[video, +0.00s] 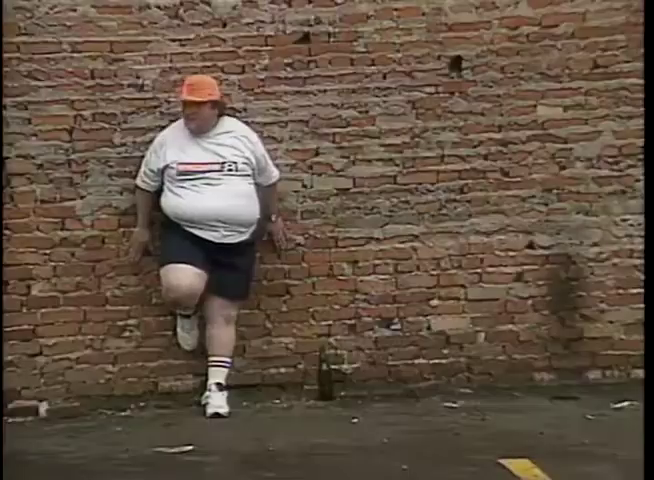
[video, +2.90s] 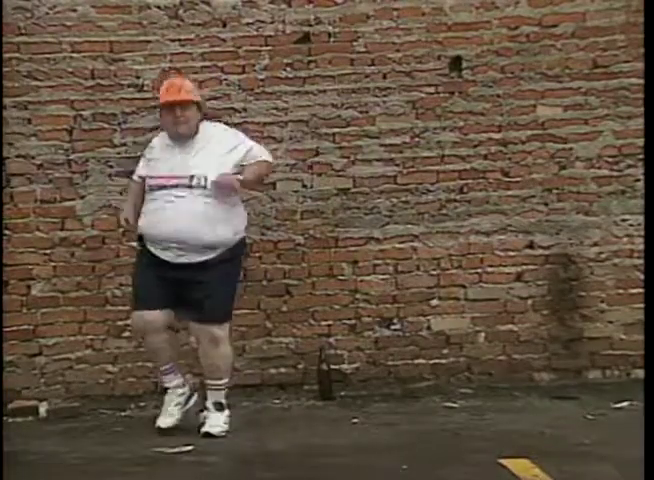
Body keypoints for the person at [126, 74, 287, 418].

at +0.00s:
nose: (189, 111)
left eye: (196, 105)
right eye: (186, 105)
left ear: (216, 106)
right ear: (181, 106)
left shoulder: (243, 137)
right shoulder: (167, 140)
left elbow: (268, 181)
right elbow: (145, 185)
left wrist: (273, 219)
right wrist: (142, 227)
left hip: (235, 238)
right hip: (183, 232)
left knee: (223, 313)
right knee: (183, 288)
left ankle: (216, 386)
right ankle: (187, 316)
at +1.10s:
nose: (223, 121)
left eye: (227, 114)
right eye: (215, 115)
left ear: (234, 114)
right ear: (196, 114)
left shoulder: (245, 147)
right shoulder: (172, 144)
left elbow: (273, 182)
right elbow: (135, 181)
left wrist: (291, 215)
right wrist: (122, 225)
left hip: (234, 250)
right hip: (180, 245)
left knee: (224, 322)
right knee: (182, 319)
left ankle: (217, 387)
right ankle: (192, 361)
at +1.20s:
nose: (214, 111)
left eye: (220, 105)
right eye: (207, 105)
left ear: (229, 109)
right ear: (194, 108)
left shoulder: (244, 146)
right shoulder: (173, 142)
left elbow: (272, 179)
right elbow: (143, 173)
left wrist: (283, 204)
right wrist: (142, 203)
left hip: (234, 252)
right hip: (180, 247)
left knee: (225, 324)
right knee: (181, 314)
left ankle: (217, 388)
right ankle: (189, 377)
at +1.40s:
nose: (202, 95)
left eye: (209, 89)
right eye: (195, 89)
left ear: (220, 92)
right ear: (184, 92)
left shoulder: (236, 123)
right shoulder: (169, 121)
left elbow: (249, 161)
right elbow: (158, 164)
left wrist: (227, 180)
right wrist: (192, 176)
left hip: (228, 234)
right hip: (178, 231)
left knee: (222, 311)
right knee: (187, 307)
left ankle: (217, 388)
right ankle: (189, 390)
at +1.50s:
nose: (198, 107)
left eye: (204, 100)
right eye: (190, 101)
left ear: (215, 97)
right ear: (178, 99)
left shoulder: (235, 126)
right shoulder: (164, 127)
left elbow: (257, 161)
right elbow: (134, 160)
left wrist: (233, 186)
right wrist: (162, 174)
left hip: (226, 236)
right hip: (175, 234)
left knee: (226, 313)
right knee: (184, 312)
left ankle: (219, 386)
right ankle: (190, 390)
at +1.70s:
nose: (195, 120)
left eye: (201, 112)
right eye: (187, 113)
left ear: (211, 110)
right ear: (175, 114)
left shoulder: (233, 145)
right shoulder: (156, 146)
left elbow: (265, 181)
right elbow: (120, 176)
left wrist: (269, 212)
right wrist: (116, 199)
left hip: (228, 245)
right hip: (172, 247)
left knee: (246, 310)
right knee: (185, 325)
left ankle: (236, 370)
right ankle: (192, 394)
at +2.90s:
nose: (178, 114)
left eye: (185, 106)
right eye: (170, 108)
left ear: (199, 108)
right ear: (161, 113)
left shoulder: (224, 138)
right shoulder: (157, 146)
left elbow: (264, 164)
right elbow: (140, 180)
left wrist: (241, 182)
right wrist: (130, 208)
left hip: (213, 256)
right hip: (157, 254)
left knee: (211, 332)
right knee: (147, 321)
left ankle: (217, 407)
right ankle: (176, 388)